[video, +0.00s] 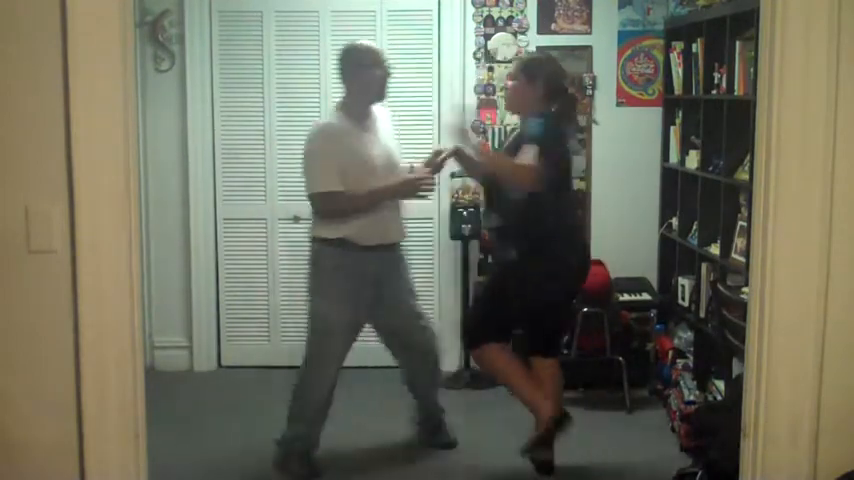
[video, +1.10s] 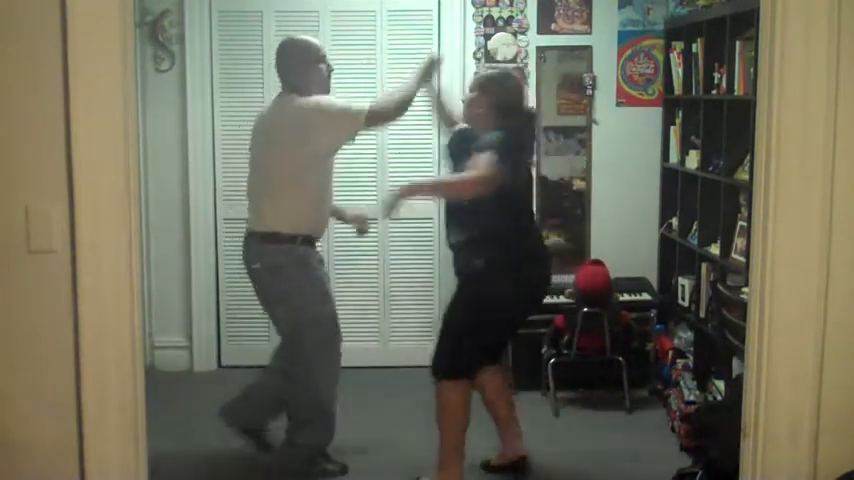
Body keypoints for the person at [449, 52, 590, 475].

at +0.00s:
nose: (508, 87)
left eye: (515, 81)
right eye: (511, 80)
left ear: (537, 88)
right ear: (538, 89)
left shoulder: (540, 131)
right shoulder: (537, 132)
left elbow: (527, 179)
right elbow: (506, 183)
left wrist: (478, 153)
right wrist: (466, 160)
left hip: (539, 257)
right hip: (556, 256)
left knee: (481, 337)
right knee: (544, 347)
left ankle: (544, 409)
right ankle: (545, 443)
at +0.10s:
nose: (513, 86)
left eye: (522, 80)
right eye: (516, 79)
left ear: (546, 90)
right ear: (540, 92)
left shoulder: (562, 136)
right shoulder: (520, 139)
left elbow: (573, 177)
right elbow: (485, 180)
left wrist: (541, 152)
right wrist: (443, 165)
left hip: (555, 260)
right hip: (532, 260)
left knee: (510, 358)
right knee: (542, 353)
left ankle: (566, 445)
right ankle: (547, 442)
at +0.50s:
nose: (517, 88)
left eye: (526, 82)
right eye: (520, 81)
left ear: (553, 91)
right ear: (540, 93)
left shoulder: (562, 140)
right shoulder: (524, 136)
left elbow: (528, 203)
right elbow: (482, 170)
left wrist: (477, 195)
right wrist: (427, 167)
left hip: (563, 267)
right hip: (528, 265)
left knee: (560, 365)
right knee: (495, 344)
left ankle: (581, 459)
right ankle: (533, 425)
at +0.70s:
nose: (503, 90)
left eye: (512, 85)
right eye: (506, 84)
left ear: (536, 93)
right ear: (525, 94)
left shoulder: (552, 137)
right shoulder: (499, 141)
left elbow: (544, 188)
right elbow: (456, 179)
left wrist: (495, 220)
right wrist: (416, 155)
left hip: (547, 262)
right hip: (513, 262)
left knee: (507, 356)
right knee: (511, 356)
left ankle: (561, 440)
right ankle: (526, 451)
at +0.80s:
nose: (490, 92)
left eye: (499, 87)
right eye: (493, 86)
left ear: (526, 96)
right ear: (511, 97)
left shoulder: (542, 139)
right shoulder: (484, 146)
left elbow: (555, 173)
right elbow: (441, 174)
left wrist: (546, 190)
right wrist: (400, 138)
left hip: (537, 266)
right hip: (500, 268)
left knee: (478, 356)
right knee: (509, 361)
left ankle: (513, 452)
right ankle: (528, 453)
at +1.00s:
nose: (472, 98)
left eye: (482, 91)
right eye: (475, 91)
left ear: (507, 100)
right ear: (491, 100)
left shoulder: (523, 142)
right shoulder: (469, 146)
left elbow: (535, 161)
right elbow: (429, 154)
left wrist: (508, 169)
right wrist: (397, 112)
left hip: (515, 269)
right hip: (480, 269)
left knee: (462, 367)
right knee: (490, 361)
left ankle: (450, 470)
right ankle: (524, 451)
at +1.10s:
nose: (468, 101)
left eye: (475, 95)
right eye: (471, 94)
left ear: (494, 104)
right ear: (498, 105)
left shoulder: (497, 141)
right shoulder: (484, 139)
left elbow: (482, 181)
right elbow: (452, 125)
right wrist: (433, 89)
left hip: (497, 266)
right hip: (511, 263)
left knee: (451, 364)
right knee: (482, 355)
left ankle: (449, 469)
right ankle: (513, 448)